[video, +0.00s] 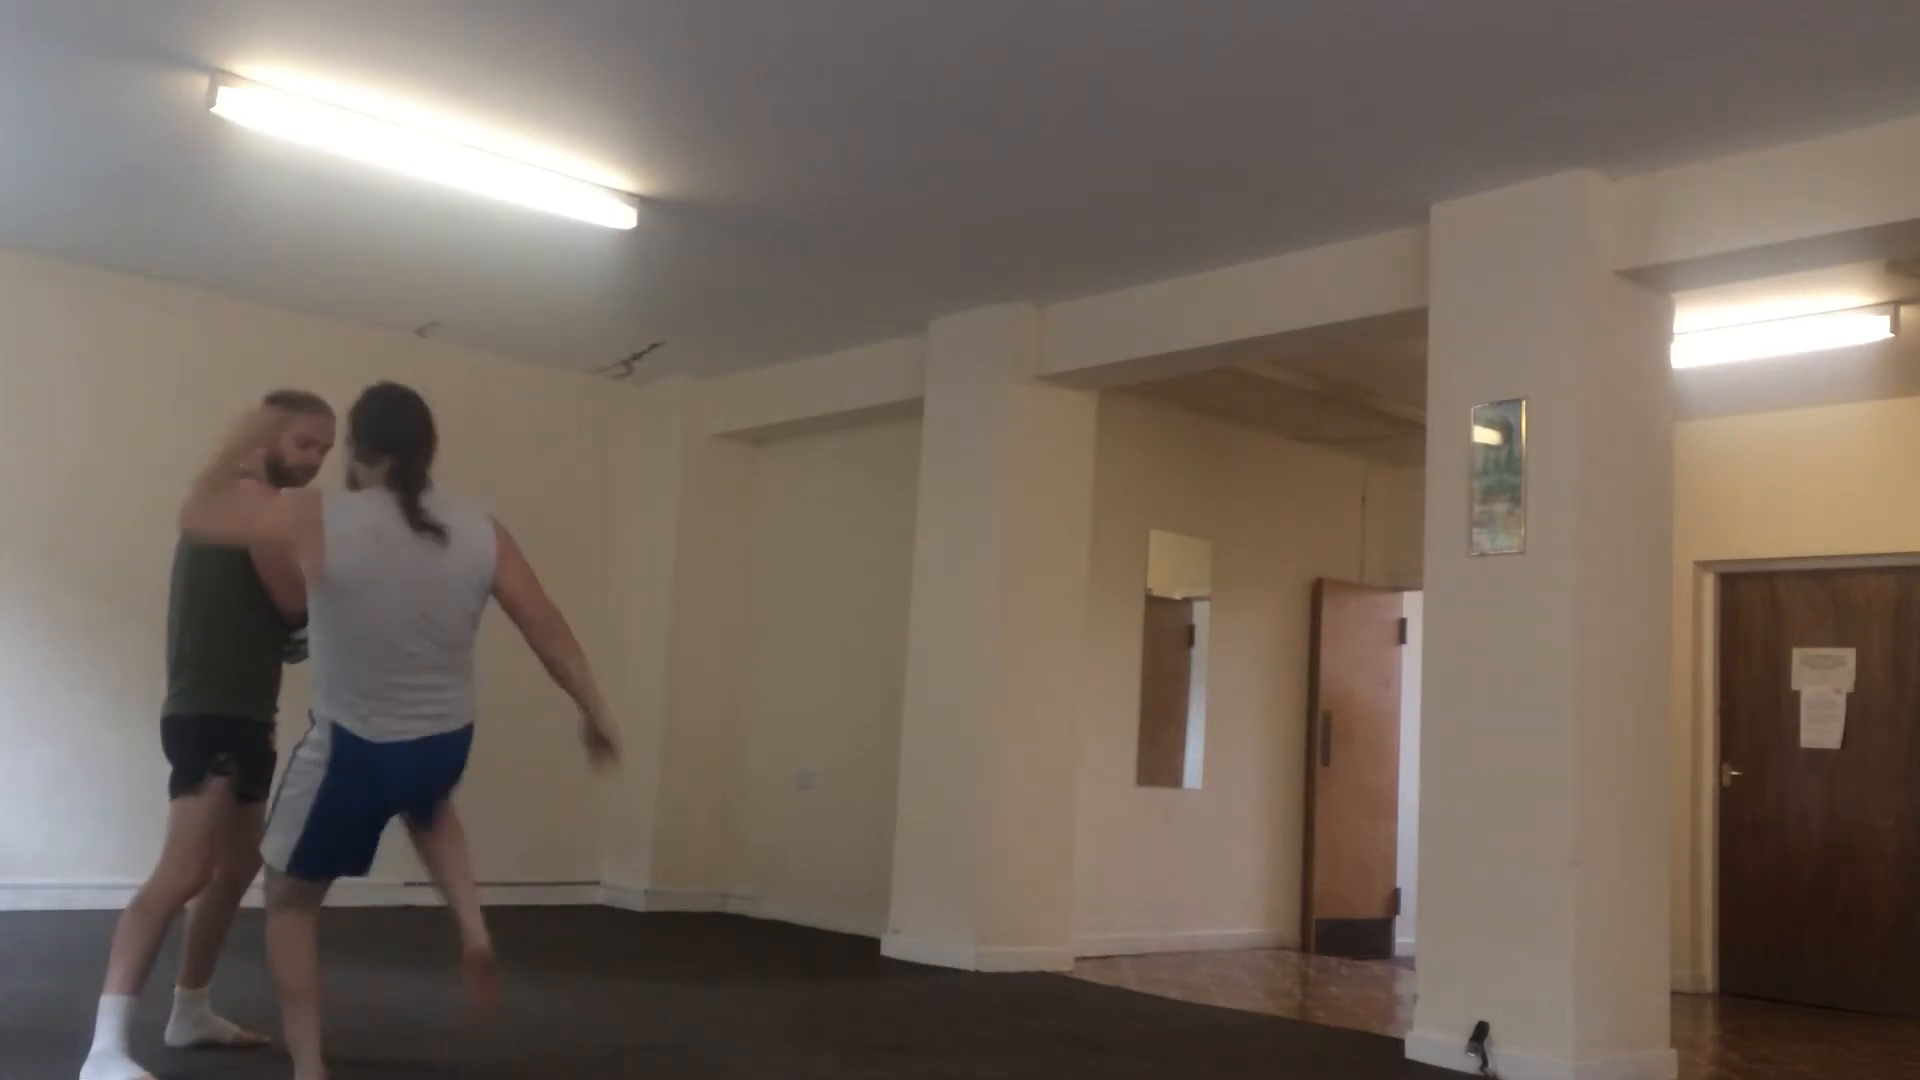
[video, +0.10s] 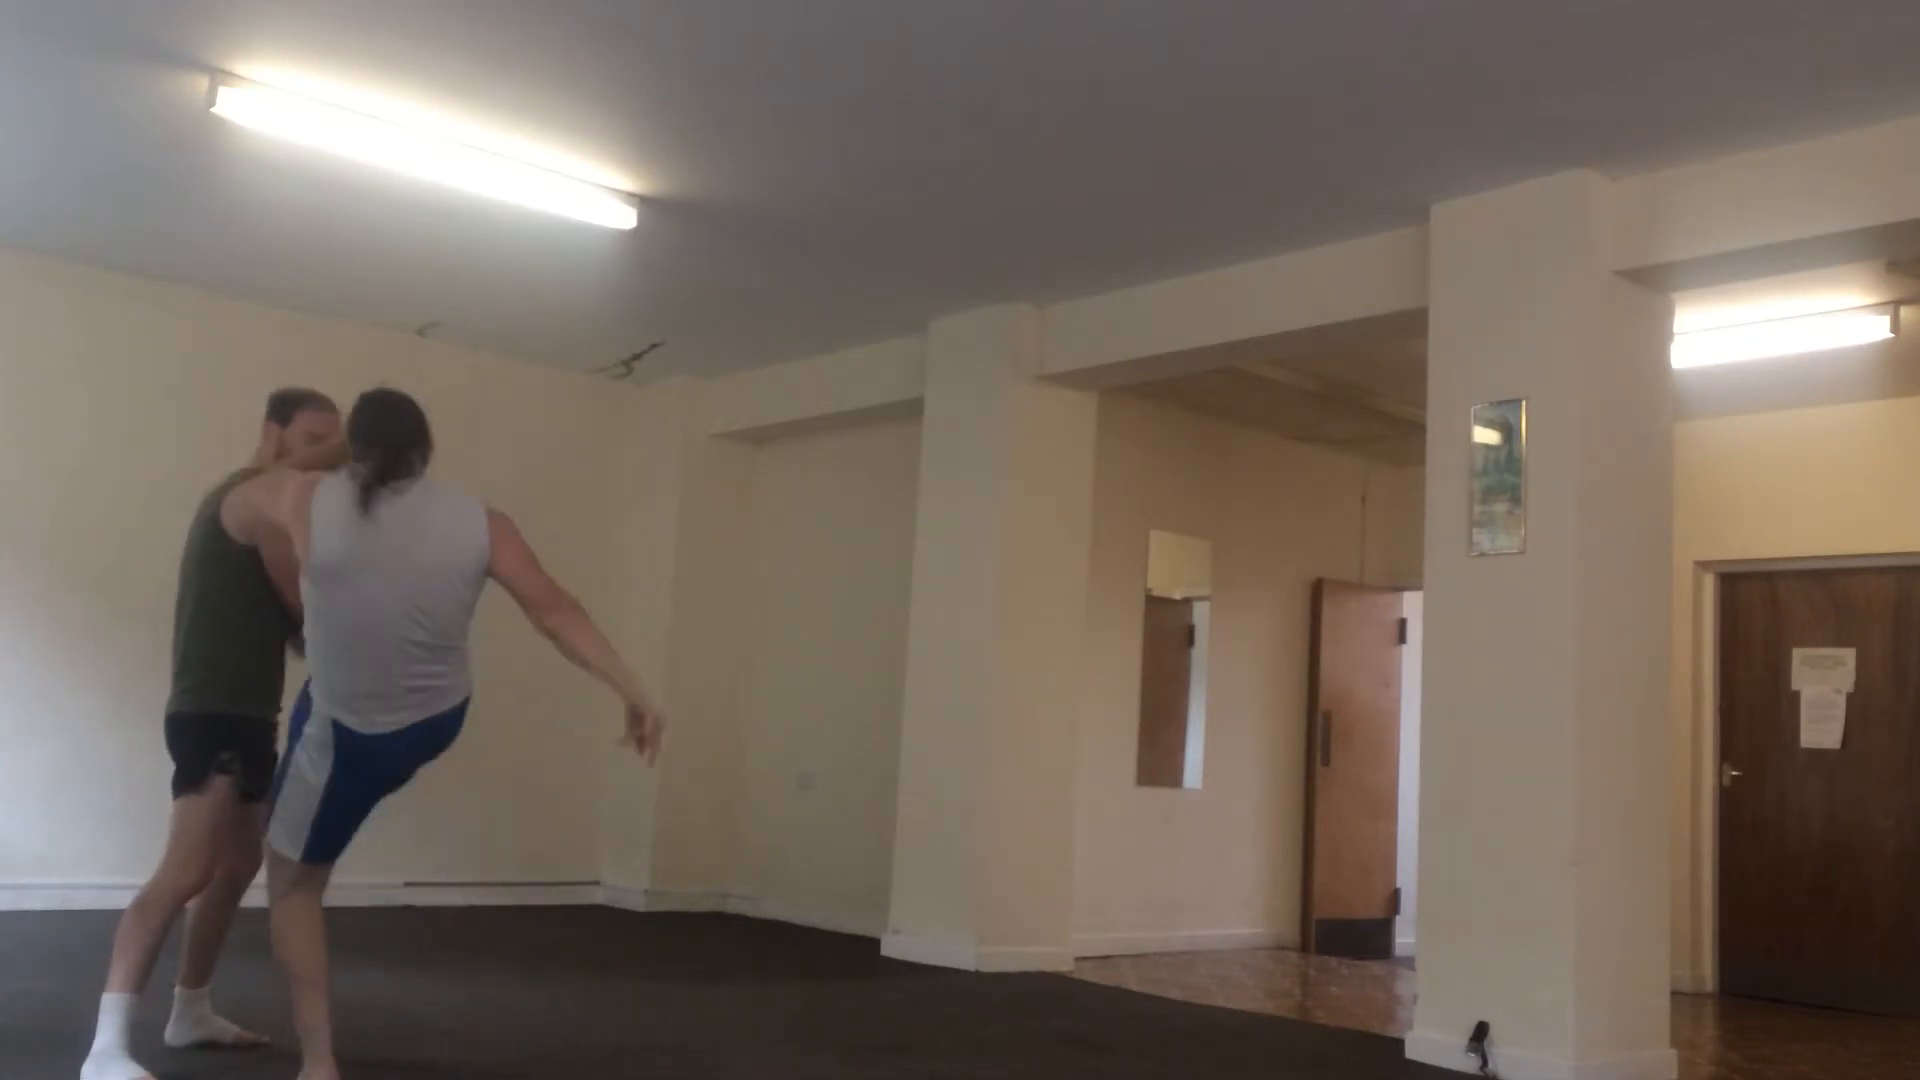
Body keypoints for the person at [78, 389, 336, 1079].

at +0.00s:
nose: (316, 460)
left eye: (323, 450)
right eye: (307, 445)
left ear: (306, 444)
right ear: (267, 432)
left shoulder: (237, 494)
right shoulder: (250, 495)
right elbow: (294, 601)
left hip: (243, 714)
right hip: (214, 714)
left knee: (236, 867)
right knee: (182, 871)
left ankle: (191, 1012)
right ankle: (105, 1048)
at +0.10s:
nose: (326, 463)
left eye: (333, 451)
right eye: (315, 444)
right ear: (271, 434)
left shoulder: (247, 494)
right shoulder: (260, 496)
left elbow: (278, 615)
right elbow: (308, 608)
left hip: (244, 713)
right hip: (216, 713)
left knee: (237, 865)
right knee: (185, 871)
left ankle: (191, 1013)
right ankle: (107, 1047)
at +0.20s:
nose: (307, 444)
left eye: (313, 432)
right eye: (296, 428)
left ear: (259, 429)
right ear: (251, 422)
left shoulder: (236, 489)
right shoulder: (243, 491)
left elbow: (302, 584)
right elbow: (317, 575)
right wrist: (312, 490)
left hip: (247, 710)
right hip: (219, 711)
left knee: (232, 864)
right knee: (187, 868)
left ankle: (191, 1012)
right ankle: (107, 1043)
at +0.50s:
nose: (314, 449)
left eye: (321, 437)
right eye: (300, 435)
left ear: (325, 444)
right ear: (262, 435)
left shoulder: (277, 508)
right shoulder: (229, 499)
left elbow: (277, 611)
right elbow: (270, 600)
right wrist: (336, 593)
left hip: (262, 711)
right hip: (216, 711)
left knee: (246, 865)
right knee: (197, 863)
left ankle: (192, 1012)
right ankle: (116, 1037)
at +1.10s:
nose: (320, 452)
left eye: (331, 442)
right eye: (309, 437)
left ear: (340, 441)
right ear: (272, 427)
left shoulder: (339, 512)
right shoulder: (222, 493)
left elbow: (339, 601)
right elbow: (198, 593)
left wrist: (379, 588)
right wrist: (295, 584)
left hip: (295, 712)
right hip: (208, 707)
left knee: (321, 880)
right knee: (182, 874)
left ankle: (258, 990)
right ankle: (169, 1040)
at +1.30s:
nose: (344, 456)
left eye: (356, 447)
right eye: (335, 440)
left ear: (364, 445)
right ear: (299, 425)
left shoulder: (362, 510)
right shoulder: (237, 493)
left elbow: (408, 587)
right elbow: (207, 603)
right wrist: (291, 570)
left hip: (323, 718)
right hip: (230, 713)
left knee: (367, 880)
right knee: (170, 879)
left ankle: (392, 1046)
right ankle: (174, 1043)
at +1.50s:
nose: (375, 455)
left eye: (388, 444)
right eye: (364, 440)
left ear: (405, 441)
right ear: (335, 431)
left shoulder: (403, 506)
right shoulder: (288, 499)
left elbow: (472, 583)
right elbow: (225, 585)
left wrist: (465, 498)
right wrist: (236, 625)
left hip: (386, 726)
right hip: (294, 722)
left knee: (427, 878)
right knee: (215, 886)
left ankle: (398, 1050)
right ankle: (151, 1027)